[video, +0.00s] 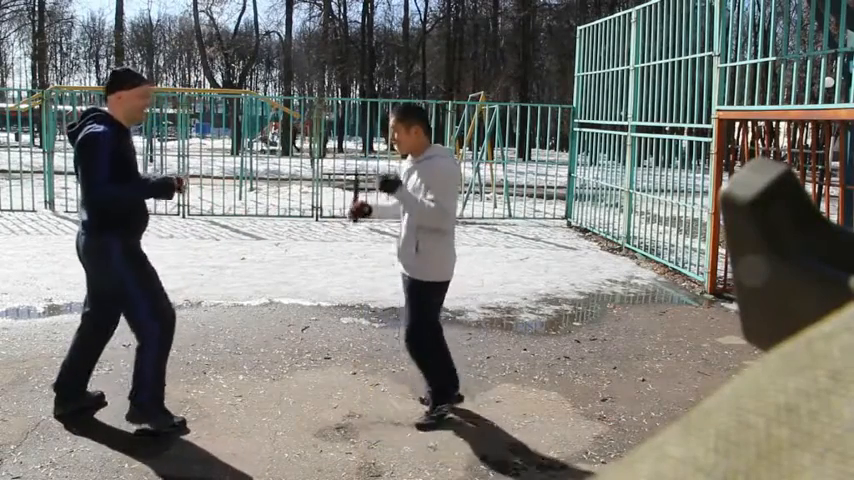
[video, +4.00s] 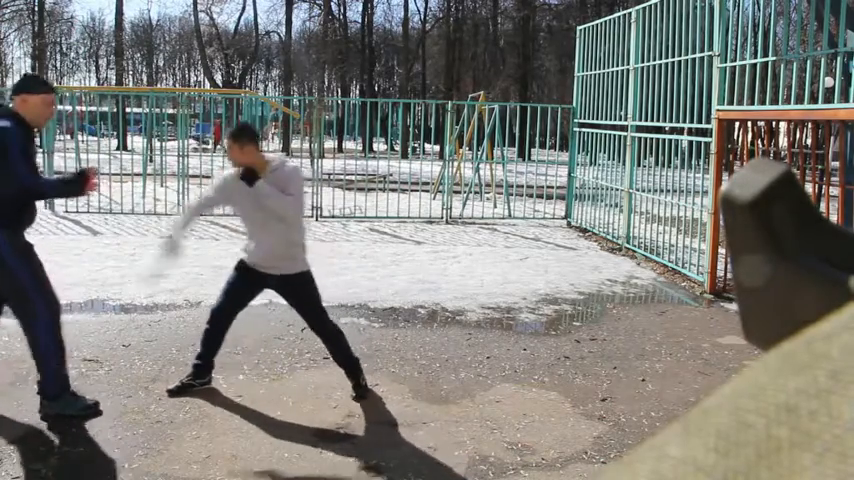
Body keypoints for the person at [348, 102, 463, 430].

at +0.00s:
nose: (392, 138)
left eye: (396, 132)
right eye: (391, 132)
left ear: (416, 131)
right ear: (411, 133)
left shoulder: (441, 166)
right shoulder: (414, 164)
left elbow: (442, 217)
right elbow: (407, 209)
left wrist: (401, 192)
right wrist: (371, 210)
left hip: (431, 269)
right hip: (416, 266)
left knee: (418, 338)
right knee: (426, 331)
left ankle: (444, 400)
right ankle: (445, 389)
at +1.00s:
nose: (375, 146)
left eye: (380, 140)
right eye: (375, 140)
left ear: (400, 140)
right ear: (394, 141)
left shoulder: (430, 169)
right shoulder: (385, 170)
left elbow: (427, 216)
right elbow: (378, 216)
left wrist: (382, 190)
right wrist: (354, 223)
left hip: (419, 269)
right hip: (384, 262)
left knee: (430, 333)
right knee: (354, 317)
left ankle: (442, 389)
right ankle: (358, 381)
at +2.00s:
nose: (304, 154)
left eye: (308, 147)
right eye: (302, 147)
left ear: (328, 146)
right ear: (309, 148)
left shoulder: (360, 171)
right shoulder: (313, 179)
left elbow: (361, 217)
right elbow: (310, 219)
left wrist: (324, 195)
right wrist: (286, 223)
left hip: (364, 266)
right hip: (326, 263)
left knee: (383, 327)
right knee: (304, 320)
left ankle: (401, 381)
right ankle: (285, 381)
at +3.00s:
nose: (216, 176)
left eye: (220, 168)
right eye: (213, 170)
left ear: (239, 166)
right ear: (214, 173)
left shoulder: (274, 177)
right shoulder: (218, 207)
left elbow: (299, 210)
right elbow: (189, 235)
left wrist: (259, 191)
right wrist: (152, 261)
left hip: (306, 261)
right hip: (267, 265)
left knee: (336, 317)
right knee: (247, 319)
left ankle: (370, 371)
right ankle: (239, 377)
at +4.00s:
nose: (229, 156)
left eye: (232, 149)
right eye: (228, 150)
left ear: (248, 148)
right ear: (242, 150)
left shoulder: (288, 172)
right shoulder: (233, 183)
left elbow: (294, 211)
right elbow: (200, 205)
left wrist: (257, 183)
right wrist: (175, 234)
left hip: (292, 269)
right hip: (253, 266)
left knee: (322, 326)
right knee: (219, 316)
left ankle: (356, 375)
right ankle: (200, 373)